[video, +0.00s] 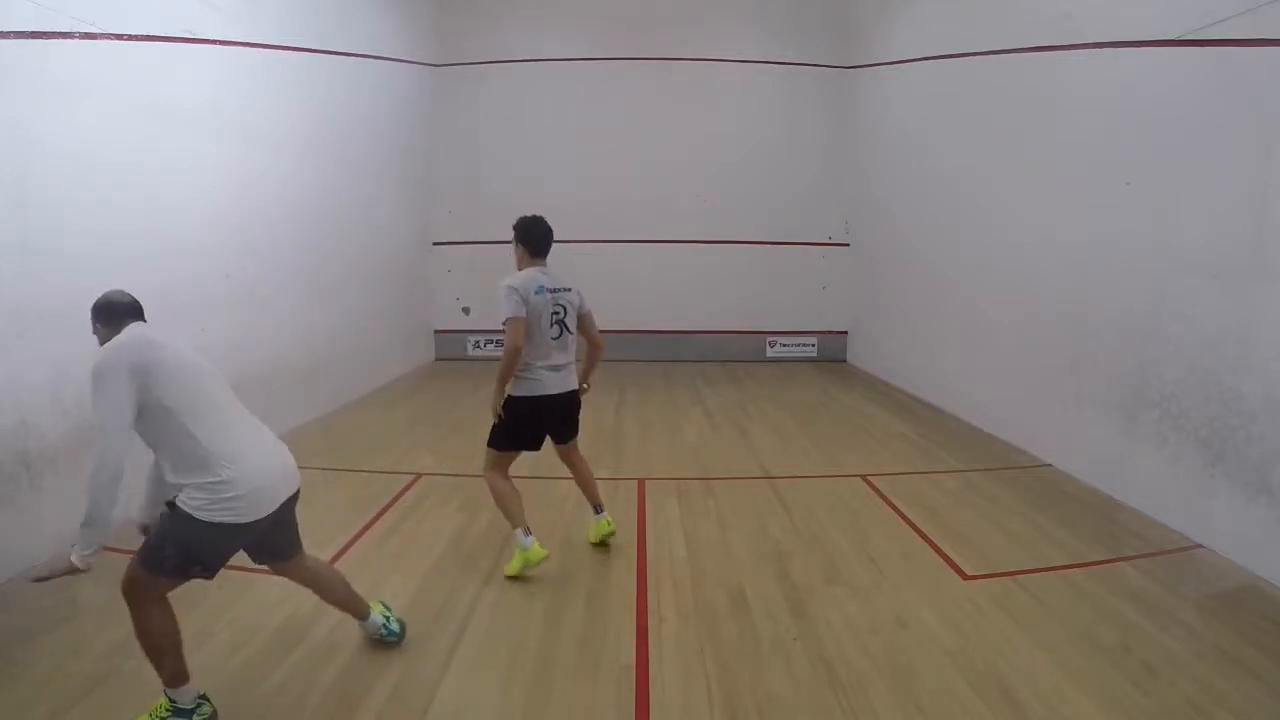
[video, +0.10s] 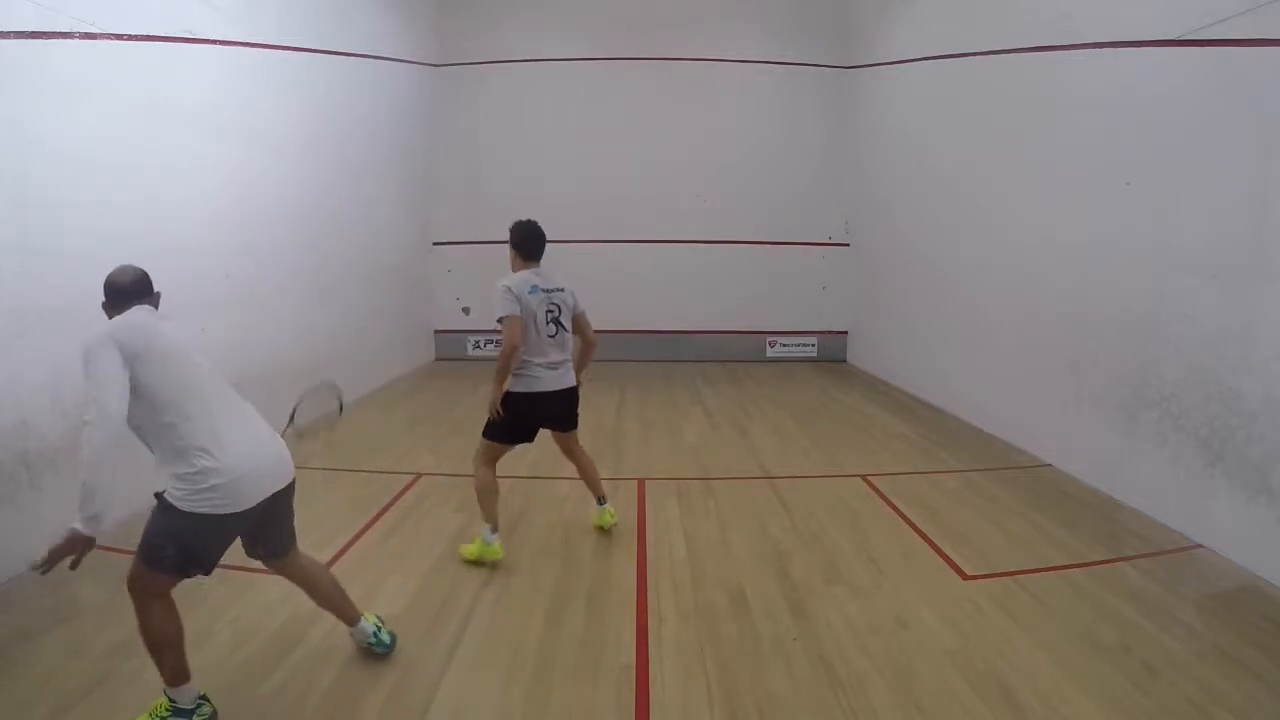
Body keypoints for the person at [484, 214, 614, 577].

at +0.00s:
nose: (512, 250)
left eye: (513, 244)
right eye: (514, 244)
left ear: (520, 248)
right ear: (548, 249)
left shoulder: (515, 286)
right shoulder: (569, 289)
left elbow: (515, 346)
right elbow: (596, 343)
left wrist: (499, 390)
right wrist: (582, 379)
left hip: (527, 400)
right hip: (566, 396)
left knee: (495, 470)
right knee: (570, 452)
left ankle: (527, 542)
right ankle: (601, 517)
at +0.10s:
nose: (508, 253)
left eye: (509, 247)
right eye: (510, 247)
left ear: (513, 251)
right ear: (542, 251)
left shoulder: (510, 287)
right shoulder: (562, 288)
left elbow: (513, 343)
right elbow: (588, 339)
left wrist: (497, 387)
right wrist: (576, 372)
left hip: (524, 397)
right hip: (564, 393)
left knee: (484, 460)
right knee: (572, 446)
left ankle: (490, 538)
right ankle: (604, 506)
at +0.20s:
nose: (505, 277)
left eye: (504, 273)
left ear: (504, 276)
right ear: (533, 276)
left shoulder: (501, 311)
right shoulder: (553, 310)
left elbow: (503, 364)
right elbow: (581, 357)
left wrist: (487, 407)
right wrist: (566, 388)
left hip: (528, 412)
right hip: (564, 407)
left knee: (471, 458)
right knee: (576, 452)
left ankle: (459, 529)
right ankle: (610, 510)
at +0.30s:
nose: (484, 295)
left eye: (484, 291)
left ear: (485, 294)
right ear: (514, 293)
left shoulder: (484, 329)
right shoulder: (534, 325)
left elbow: (483, 382)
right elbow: (565, 375)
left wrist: (465, 427)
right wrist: (553, 405)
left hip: (517, 425)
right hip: (554, 419)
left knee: (458, 456)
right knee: (567, 456)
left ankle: (447, 523)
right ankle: (609, 510)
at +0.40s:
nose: (455, 290)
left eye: (455, 285)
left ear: (455, 289)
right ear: (485, 289)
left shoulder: (451, 327)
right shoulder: (505, 324)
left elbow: (452, 378)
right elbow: (538, 368)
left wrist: (435, 418)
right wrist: (524, 402)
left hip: (483, 423)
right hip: (522, 417)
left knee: (433, 455)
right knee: (551, 459)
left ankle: (444, 523)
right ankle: (601, 504)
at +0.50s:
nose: (424, 274)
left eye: (423, 270)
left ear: (424, 275)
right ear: (453, 274)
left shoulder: (421, 311)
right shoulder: (472, 308)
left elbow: (417, 364)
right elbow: (507, 351)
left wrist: (408, 402)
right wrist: (492, 380)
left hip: (454, 411)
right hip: (491, 402)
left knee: (421, 457)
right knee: (508, 452)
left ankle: (442, 523)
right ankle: (565, 497)